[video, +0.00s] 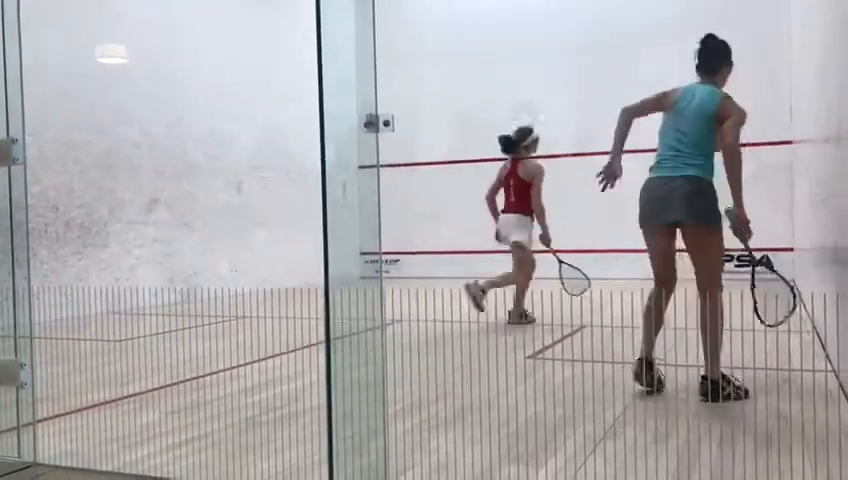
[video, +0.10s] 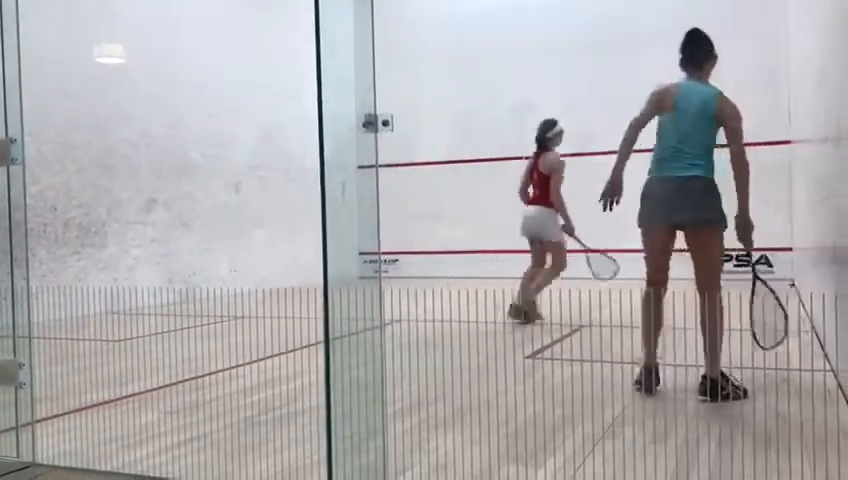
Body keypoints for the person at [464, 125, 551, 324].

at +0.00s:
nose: (536, 147)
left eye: (536, 143)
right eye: (535, 143)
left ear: (517, 146)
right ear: (529, 146)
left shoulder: (507, 166)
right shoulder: (535, 168)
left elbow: (490, 196)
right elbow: (536, 204)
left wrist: (498, 222)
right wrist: (545, 230)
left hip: (506, 220)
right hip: (521, 221)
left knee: (529, 266)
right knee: (521, 273)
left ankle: (518, 310)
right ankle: (481, 287)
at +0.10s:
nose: (561, 138)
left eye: (560, 134)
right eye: (558, 135)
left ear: (542, 137)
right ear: (552, 138)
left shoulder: (534, 160)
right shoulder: (556, 161)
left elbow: (522, 190)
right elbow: (555, 195)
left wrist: (534, 208)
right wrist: (567, 221)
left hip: (530, 212)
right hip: (547, 214)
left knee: (537, 262)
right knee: (559, 263)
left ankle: (520, 302)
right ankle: (530, 296)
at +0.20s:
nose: (587, 130)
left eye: (586, 127)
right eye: (584, 128)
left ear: (567, 131)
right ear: (578, 131)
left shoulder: (561, 152)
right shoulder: (580, 153)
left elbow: (552, 182)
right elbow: (577, 188)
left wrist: (570, 194)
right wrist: (592, 211)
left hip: (558, 205)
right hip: (575, 207)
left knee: (554, 254)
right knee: (584, 257)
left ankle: (527, 293)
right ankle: (587, 303)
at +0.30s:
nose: (611, 137)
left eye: (610, 134)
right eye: (608, 135)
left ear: (591, 139)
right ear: (602, 139)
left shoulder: (585, 158)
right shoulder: (605, 161)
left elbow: (580, 186)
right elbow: (610, 196)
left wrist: (618, 186)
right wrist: (622, 216)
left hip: (585, 214)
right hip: (601, 216)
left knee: (582, 259)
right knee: (614, 260)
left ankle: (547, 281)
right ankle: (622, 302)